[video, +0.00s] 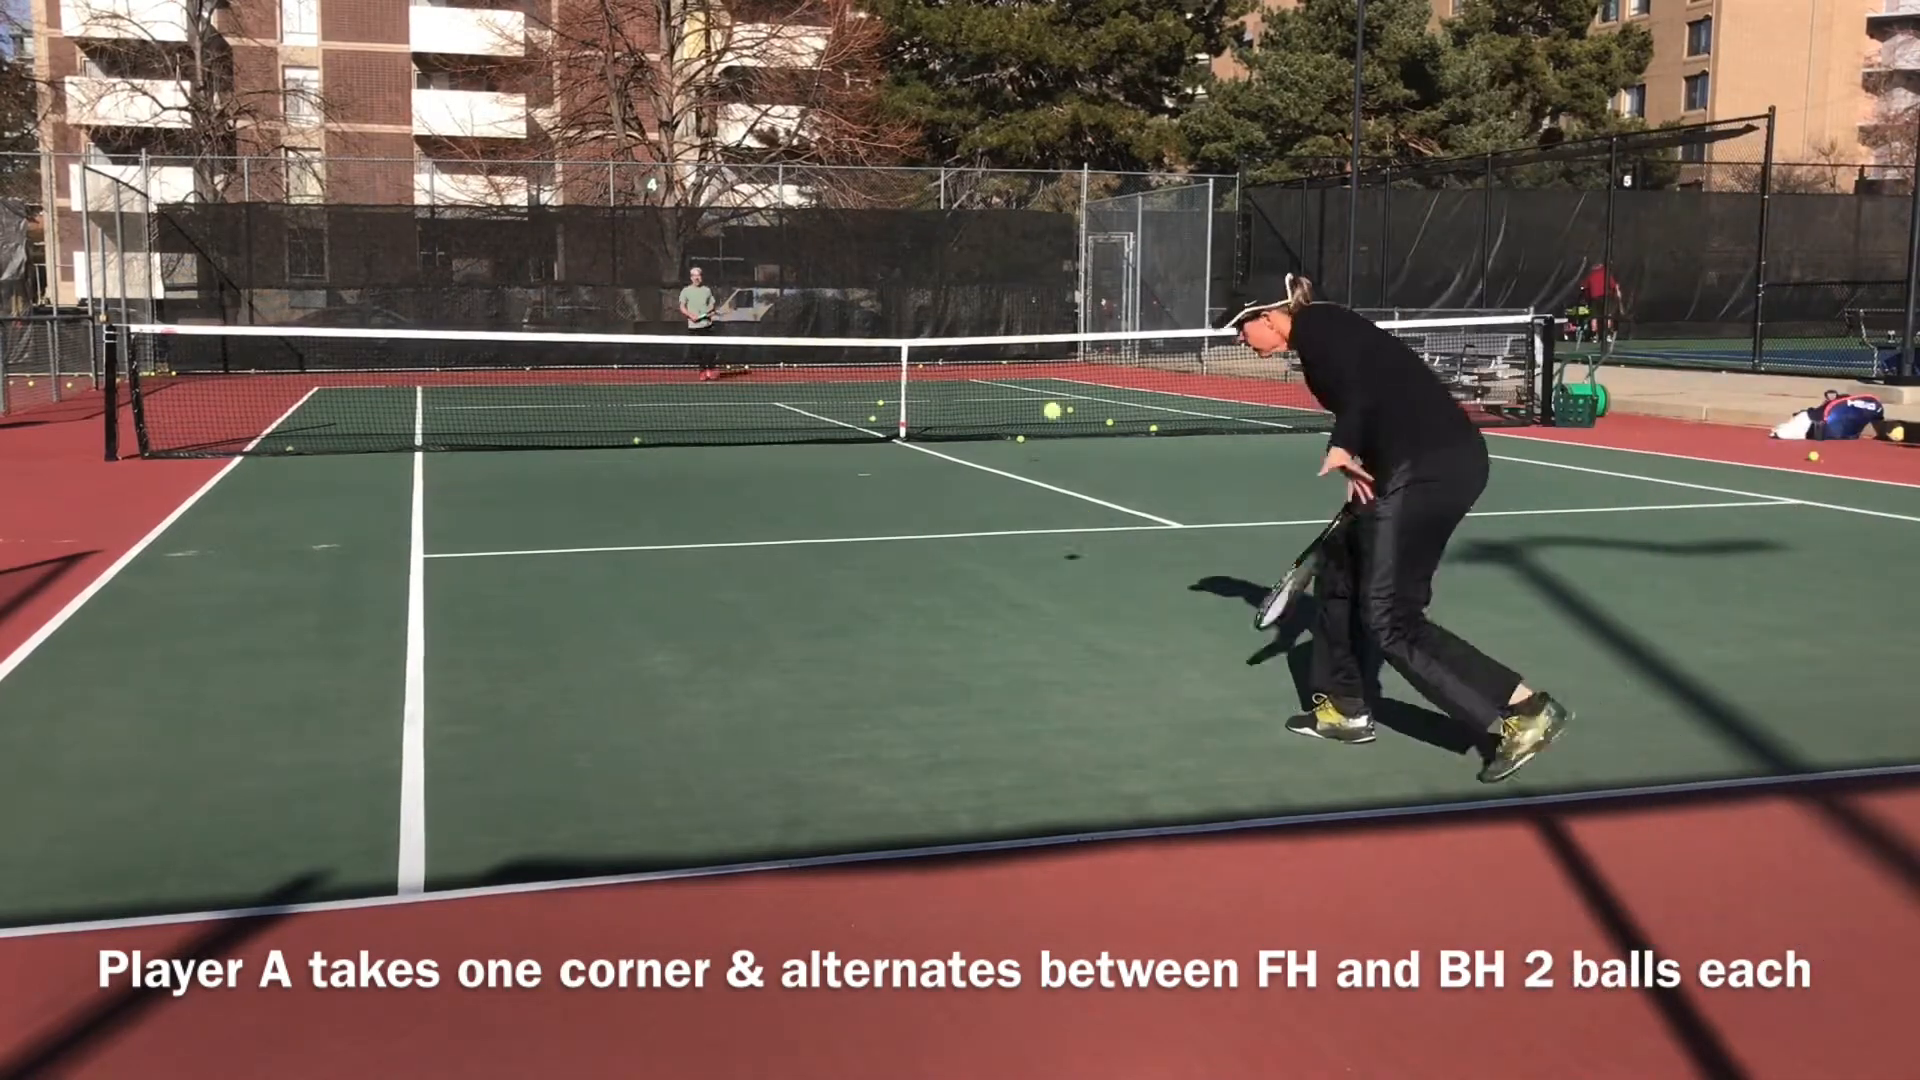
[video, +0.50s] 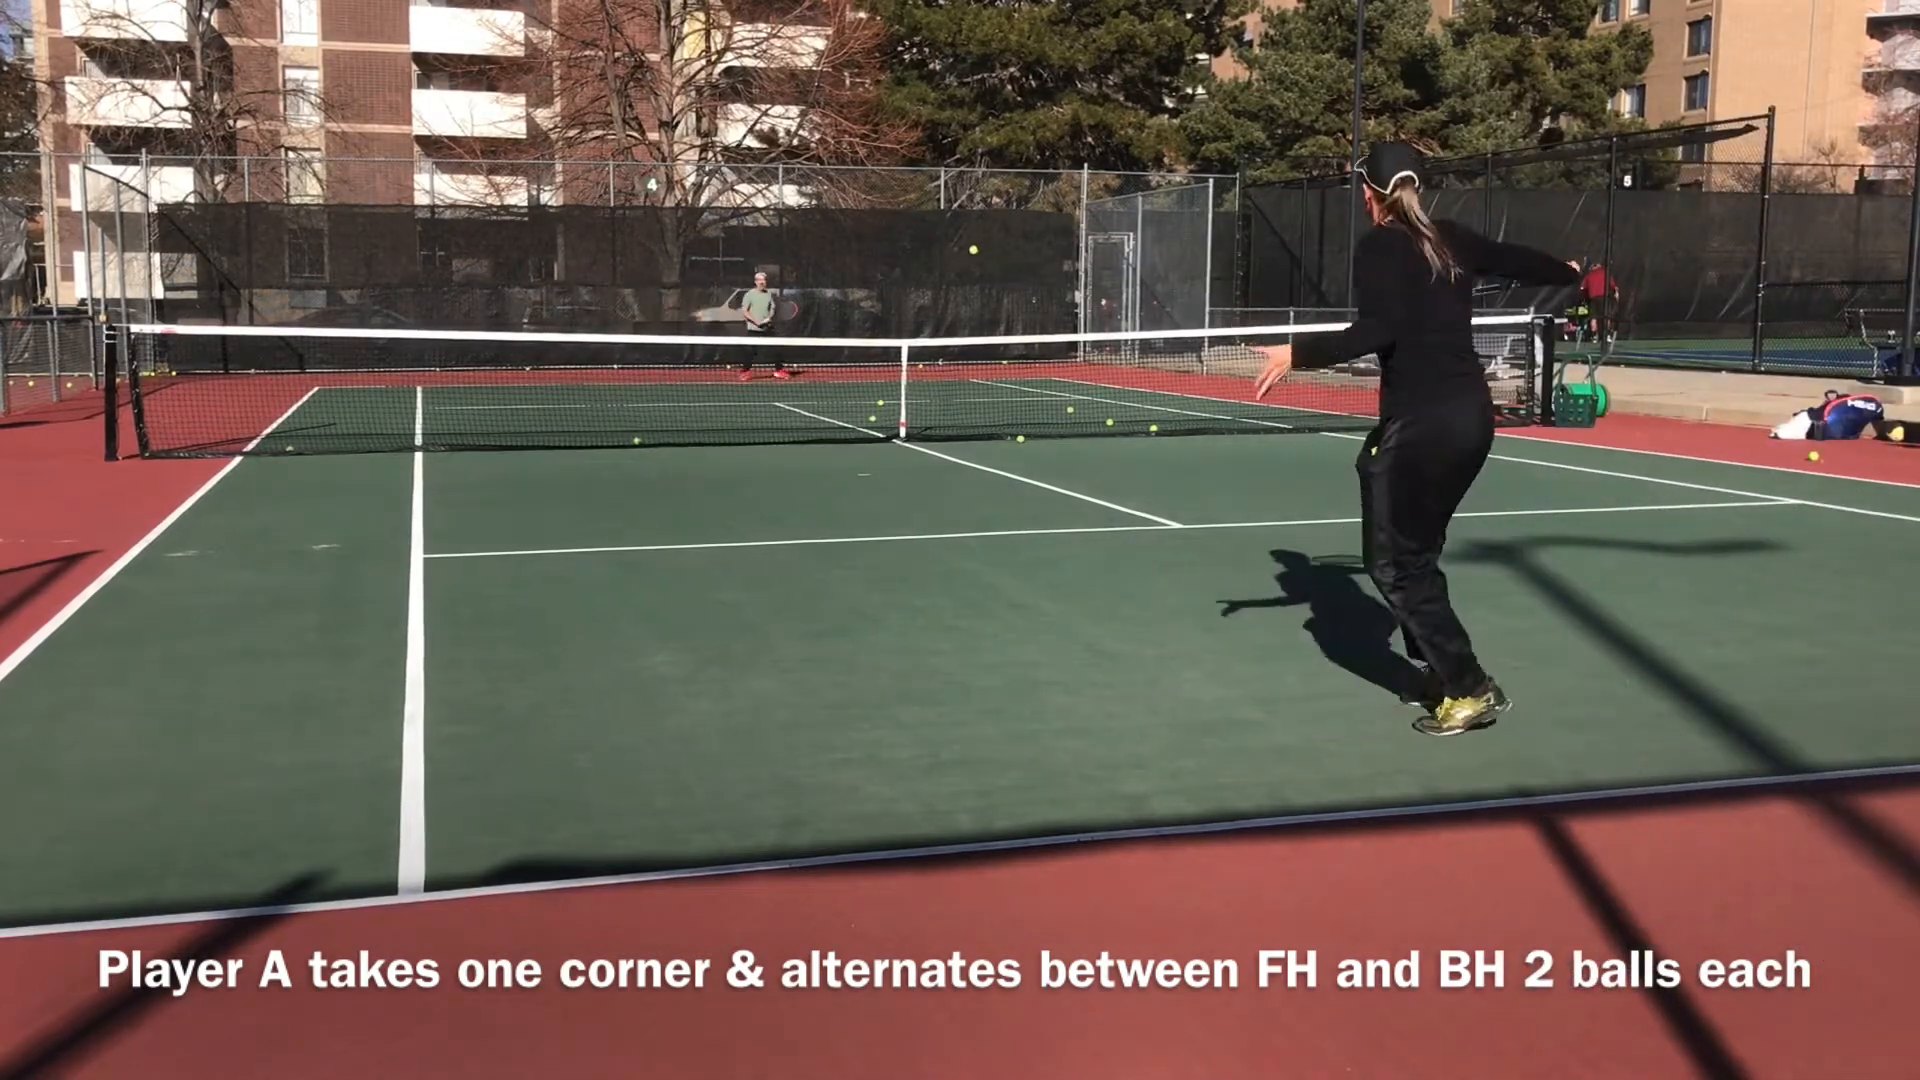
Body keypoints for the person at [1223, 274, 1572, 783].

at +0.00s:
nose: (1246, 341)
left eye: (1245, 329)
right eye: (1241, 333)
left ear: (1271, 314)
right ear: (1275, 315)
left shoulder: (1314, 325)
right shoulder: (1328, 329)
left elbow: (1358, 383)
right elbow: (1378, 399)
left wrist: (1341, 443)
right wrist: (1365, 469)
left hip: (1428, 463)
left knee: (1390, 620)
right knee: (1341, 561)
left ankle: (1521, 709)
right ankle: (1347, 707)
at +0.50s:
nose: (1361, 198)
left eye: (1363, 189)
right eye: (1363, 188)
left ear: (1375, 195)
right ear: (1414, 191)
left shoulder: (1379, 247)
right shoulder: (1449, 238)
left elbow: (1378, 330)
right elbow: (1515, 261)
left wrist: (1300, 354)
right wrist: (1572, 272)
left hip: (1421, 421)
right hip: (1470, 416)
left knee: (1398, 564)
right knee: (1416, 548)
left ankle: (1468, 690)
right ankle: (1441, 666)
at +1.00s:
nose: (1388, 198)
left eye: (1388, 190)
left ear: (1395, 195)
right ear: (1450, 193)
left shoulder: (1375, 259)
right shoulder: (1488, 246)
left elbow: (1330, 358)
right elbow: (1541, 324)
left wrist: (1332, 334)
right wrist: (1542, 396)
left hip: (1415, 436)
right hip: (1496, 435)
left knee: (1397, 577)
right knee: (1480, 566)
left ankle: (1415, 723)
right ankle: (1475, 695)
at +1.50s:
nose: (1503, 197)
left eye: (1505, 188)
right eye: (1512, 186)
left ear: (1512, 192)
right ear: (1570, 194)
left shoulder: (1473, 258)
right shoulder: (1611, 266)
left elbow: (1449, 361)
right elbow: (1650, 367)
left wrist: (1472, 386)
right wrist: (1597, 414)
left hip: (1494, 470)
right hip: (1590, 472)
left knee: (1457, 609)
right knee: (1606, 638)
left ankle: (1423, 740)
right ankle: (1650, 810)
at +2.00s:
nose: (1491, 219)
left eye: (1493, 209)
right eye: (1496, 207)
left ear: (1504, 213)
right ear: (1567, 214)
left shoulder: (1482, 285)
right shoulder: (1623, 283)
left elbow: (1485, 407)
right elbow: (1697, 377)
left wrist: (1488, 445)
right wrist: (1655, 459)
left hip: (1562, 505)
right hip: (1662, 499)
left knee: (1473, 711)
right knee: (1698, 693)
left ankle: (1473, 888)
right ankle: (1803, 878)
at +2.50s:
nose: (1090, 208)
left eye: (1090, 192)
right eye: (1091, 192)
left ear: (1107, 191)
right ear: (1153, 181)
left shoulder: (1168, 248)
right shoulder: (1181, 253)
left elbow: (1240, 349)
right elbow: (1214, 405)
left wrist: (1114, 374)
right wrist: (1133, 476)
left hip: (1202, 511)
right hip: (1249, 511)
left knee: (1106, 718)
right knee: (1200, 735)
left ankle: (1057, 949)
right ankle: (1364, 890)